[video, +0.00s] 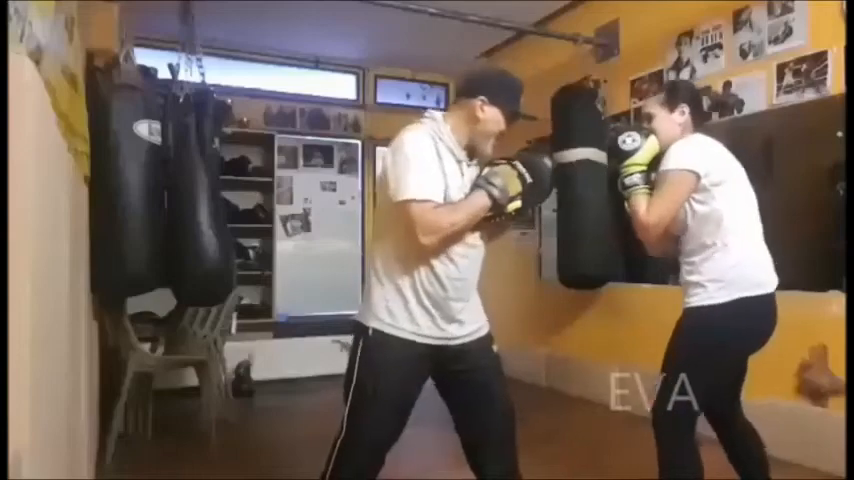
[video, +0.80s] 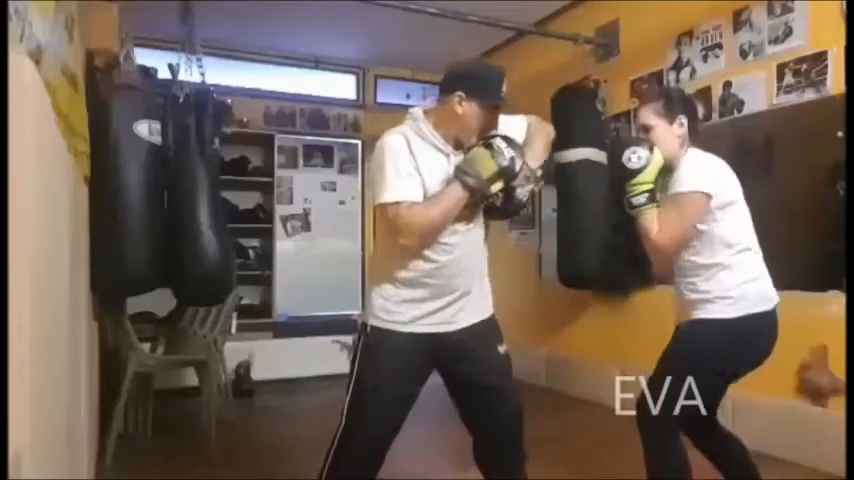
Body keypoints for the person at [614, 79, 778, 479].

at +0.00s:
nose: (644, 127)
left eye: (650, 116)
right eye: (643, 118)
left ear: (681, 115)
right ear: (684, 117)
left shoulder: (688, 151)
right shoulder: (712, 153)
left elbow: (651, 229)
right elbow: (660, 245)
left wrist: (635, 173)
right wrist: (636, 188)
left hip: (717, 309)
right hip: (747, 304)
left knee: (670, 418)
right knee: (723, 410)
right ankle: (758, 474)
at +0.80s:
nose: (641, 140)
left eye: (647, 128)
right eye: (638, 130)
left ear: (679, 127)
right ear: (675, 129)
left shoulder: (697, 169)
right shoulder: (679, 176)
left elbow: (662, 249)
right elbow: (664, 269)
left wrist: (641, 194)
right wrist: (638, 199)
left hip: (729, 321)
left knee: (654, 411)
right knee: (695, 417)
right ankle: (747, 475)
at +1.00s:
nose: (640, 137)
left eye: (648, 126)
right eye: (635, 129)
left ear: (679, 123)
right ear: (630, 133)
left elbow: (681, 246)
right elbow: (616, 256)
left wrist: (657, 187)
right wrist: (567, 245)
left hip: (727, 316)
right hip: (676, 322)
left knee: (657, 415)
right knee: (682, 428)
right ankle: (729, 475)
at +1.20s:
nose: (633, 133)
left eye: (641, 121)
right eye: (629, 125)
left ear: (673, 115)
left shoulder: (705, 166)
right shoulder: (651, 174)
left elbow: (671, 243)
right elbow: (640, 239)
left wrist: (643, 179)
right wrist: (595, 217)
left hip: (709, 319)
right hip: (664, 318)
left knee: (651, 423)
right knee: (681, 425)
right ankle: (720, 474)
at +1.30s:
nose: (632, 130)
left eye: (638, 117)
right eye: (627, 121)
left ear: (669, 110)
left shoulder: (709, 160)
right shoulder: (638, 171)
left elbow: (674, 228)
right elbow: (585, 210)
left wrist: (643, 170)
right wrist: (563, 172)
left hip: (711, 313)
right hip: (663, 315)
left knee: (655, 420)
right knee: (687, 420)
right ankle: (734, 474)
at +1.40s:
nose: (626, 123)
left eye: (632, 112)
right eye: (624, 115)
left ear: (662, 105)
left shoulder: (703, 145)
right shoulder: (626, 168)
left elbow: (687, 190)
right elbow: (572, 199)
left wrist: (651, 145)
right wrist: (542, 161)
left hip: (710, 305)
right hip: (666, 313)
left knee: (653, 419)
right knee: (694, 412)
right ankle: (746, 474)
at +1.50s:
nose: (621, 117)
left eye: (627, 107)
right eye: (619, 109)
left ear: (656, 102)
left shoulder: (690, 146)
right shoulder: (633, 165)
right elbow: (611, 221)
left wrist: (653, 116)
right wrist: (578, 186)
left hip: (701, 301)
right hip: (669, 307)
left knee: (644, 413)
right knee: (691, 409)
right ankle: (742, 474)